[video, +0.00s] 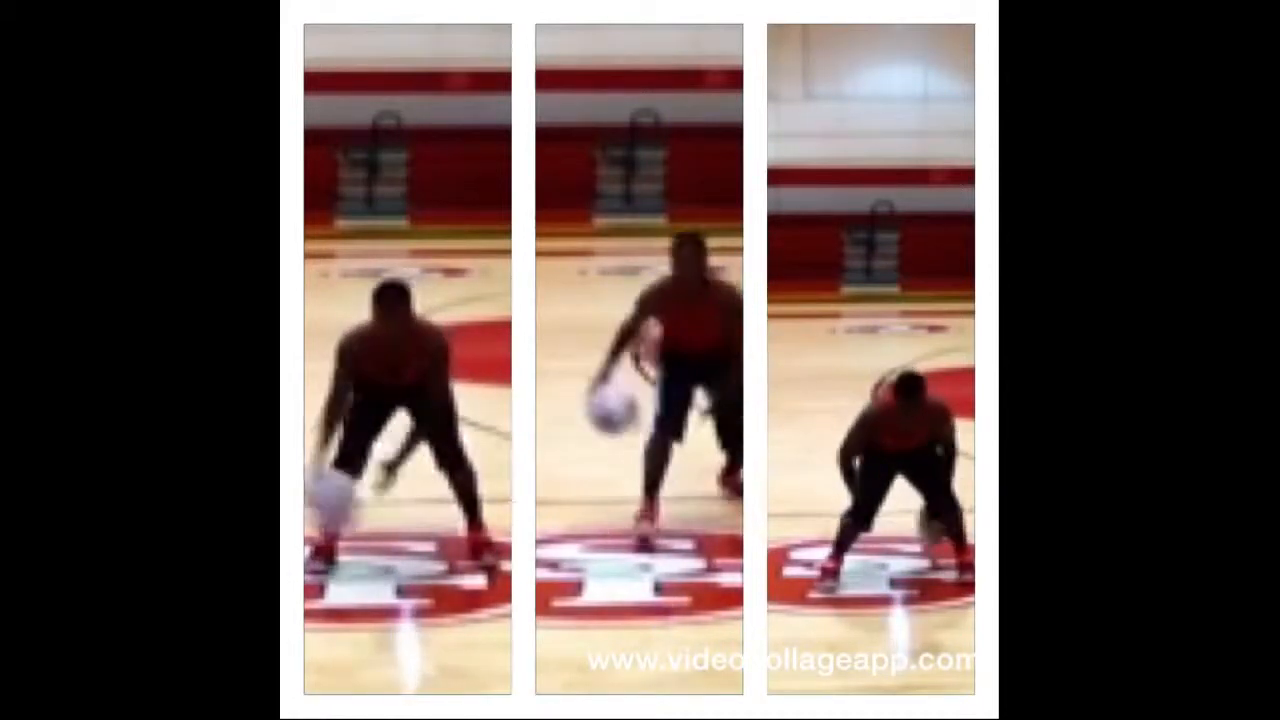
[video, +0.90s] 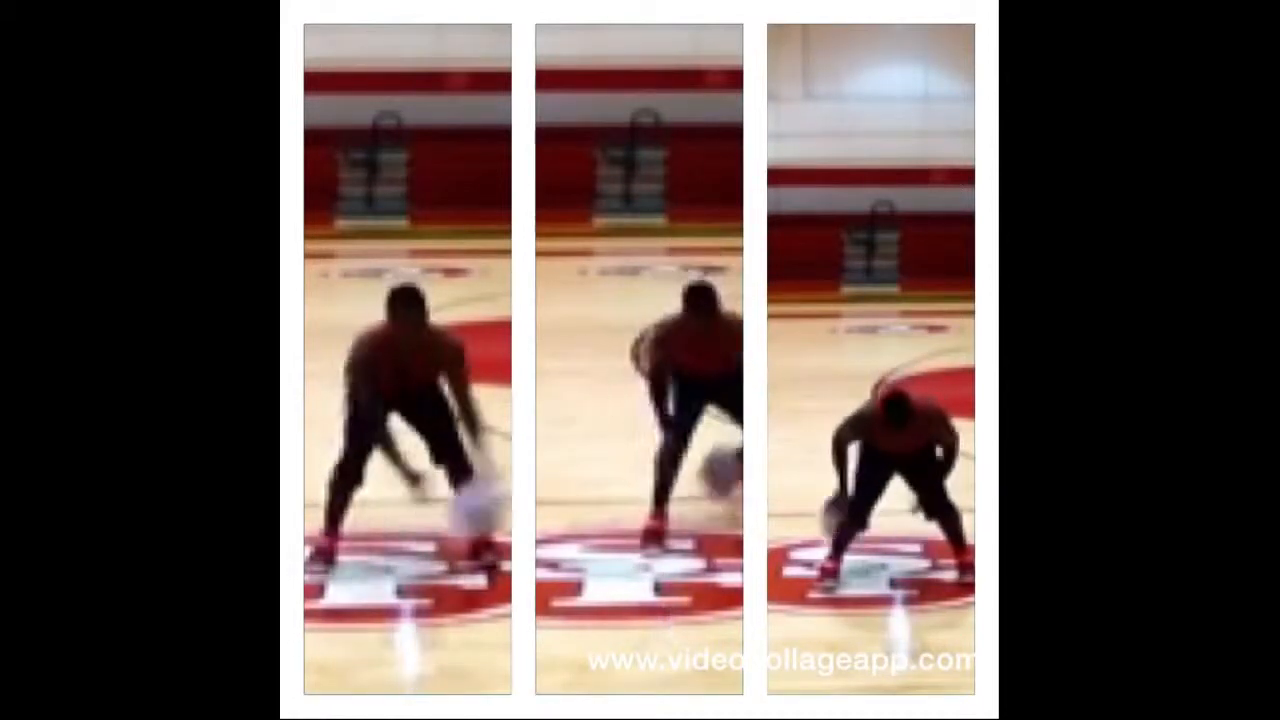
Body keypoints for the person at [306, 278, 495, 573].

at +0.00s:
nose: (391, 328)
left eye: (398, 319)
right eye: (385, 319)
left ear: (409, 314)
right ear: (375, 314)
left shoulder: (431, 342)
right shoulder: (355, 345)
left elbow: (428, 417)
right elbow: (337, 400)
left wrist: (397, 461)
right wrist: (320, 454)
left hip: (424, 394)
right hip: (374, 395)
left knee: (452, 458)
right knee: (348, 458)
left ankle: (477, 530)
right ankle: (328, 540)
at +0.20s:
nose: (408, 332)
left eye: (414, 322)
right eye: (400, 323)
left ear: (423, 319)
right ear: (388, 321)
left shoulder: (440, 345)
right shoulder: (369, 355)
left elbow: (481, 387)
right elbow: (389, 421)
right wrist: (432, 459)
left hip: (425, 396)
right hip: (376, 400)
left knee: (458, 462)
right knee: (350, 468)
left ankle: (477, 533)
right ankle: (329, 537)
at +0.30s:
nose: (406, 329)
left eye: (413, 319)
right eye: (398, 320)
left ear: (423, 317)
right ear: (387, 319)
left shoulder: (442, 345)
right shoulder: (367, 354)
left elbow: (473, 392)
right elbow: (380, 423)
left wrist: (496, 437)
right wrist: (415, 468)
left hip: (423, 392)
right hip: (376, 396)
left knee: (455, 456)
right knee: (356, 462)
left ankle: (477, 530)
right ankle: (330, 534)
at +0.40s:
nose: (400, 330)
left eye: (407, 320)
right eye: (393, 320)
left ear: (417, 315)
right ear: (381, 317)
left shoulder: (439, 344)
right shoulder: (360, 350)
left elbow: (440, 410)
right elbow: (355, 413)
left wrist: (413, 460)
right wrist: (356, 460)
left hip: (423, 392)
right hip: (374, 393)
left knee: (452, 454)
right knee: (351, 457)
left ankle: (476, 530)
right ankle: (330, 531)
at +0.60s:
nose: (394, 333)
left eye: (401, 324)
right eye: (387, 324)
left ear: (412, 318)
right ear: (377, 319)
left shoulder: (435, 344)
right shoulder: (356, 350)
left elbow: (427, 417)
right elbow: (343, 414)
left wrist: (399, 468)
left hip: (424, 396)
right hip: (375, 397)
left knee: (454, 460)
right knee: (349, 462)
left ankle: (476, 532)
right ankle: (327, 543)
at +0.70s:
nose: (402, 329)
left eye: (408, 319)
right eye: (394, 320)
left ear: (418, 314)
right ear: (384, 317)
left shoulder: (440, 344)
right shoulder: (367, 350)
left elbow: (450, 410)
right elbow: (380, 423)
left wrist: (445, 456)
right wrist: (413, 474)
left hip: (425, 396)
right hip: (376, 398)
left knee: (459, 459)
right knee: (348, 465)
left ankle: (478, 535)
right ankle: (329, 538)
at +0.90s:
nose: (410, 332)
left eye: (415, 323)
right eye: (402, 324)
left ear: (425, 318)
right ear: (390, 320)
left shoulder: (445, 347)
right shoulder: (368, 351)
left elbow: (463, 399)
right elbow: (375, 423)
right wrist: (405, 471)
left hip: (418, 393)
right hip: (373, 396)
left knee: (454, 457)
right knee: (352, 464)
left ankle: (480, 536)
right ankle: (329, 537)